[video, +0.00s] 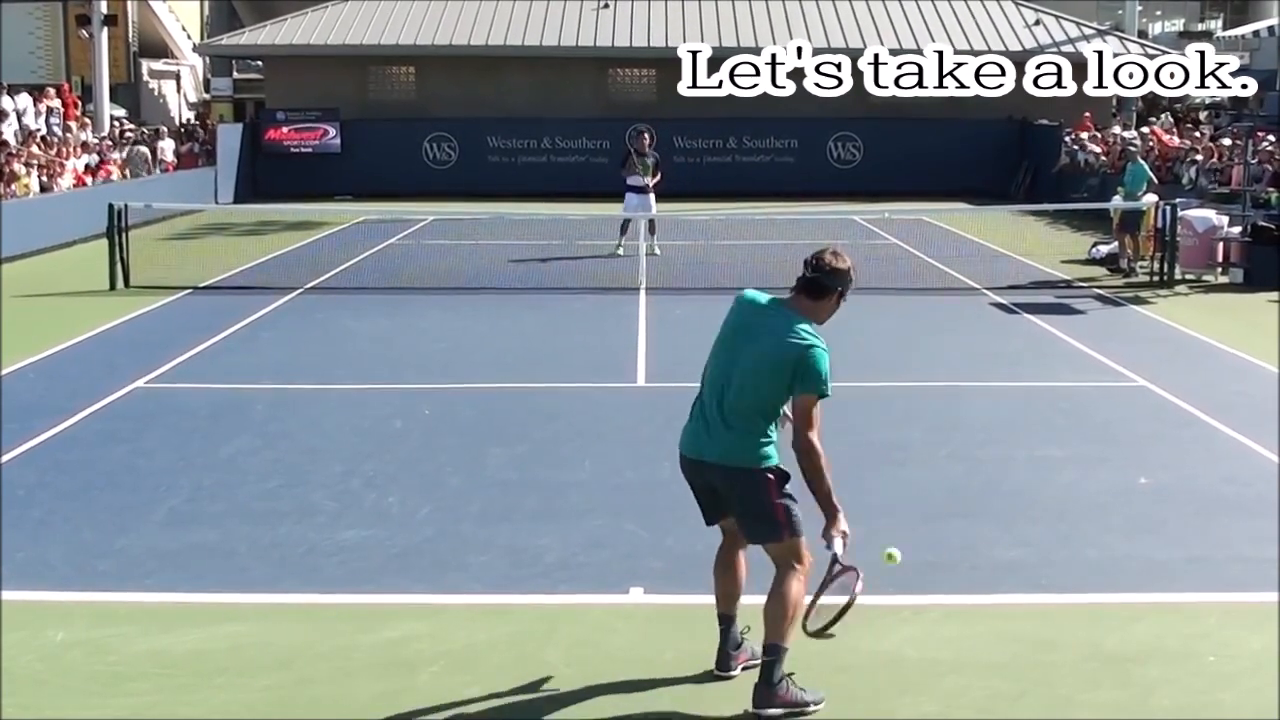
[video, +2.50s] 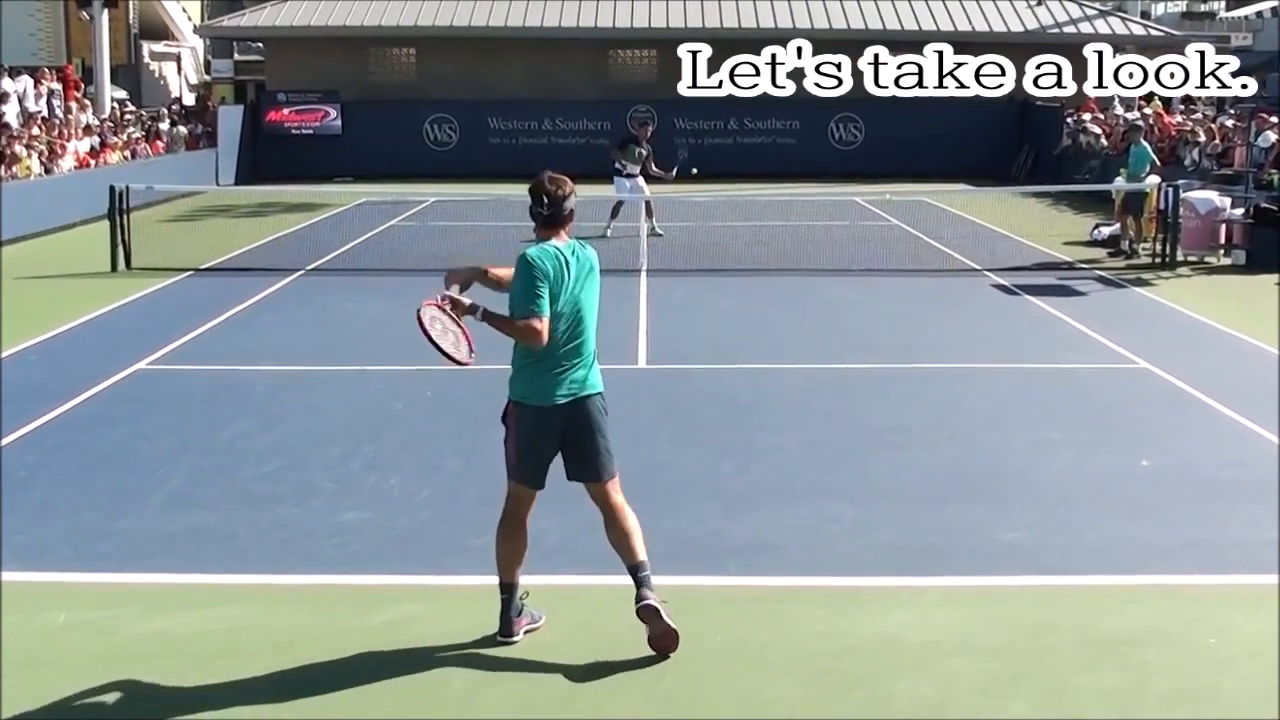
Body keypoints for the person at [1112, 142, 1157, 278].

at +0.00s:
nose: (1127, 154)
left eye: (1130, 151)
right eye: (1127, 151)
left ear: (1136, 152)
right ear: (1127, 153)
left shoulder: (1142, 165)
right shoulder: (1129, 165)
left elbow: (1154, 182)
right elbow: (1128, 183)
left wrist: (1142, 195)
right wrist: (1123, 191)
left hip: (1137, 204)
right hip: (1126, 203)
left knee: (1134, 235)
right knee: (1120, 234)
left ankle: (1134, 266)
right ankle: (1124, 264)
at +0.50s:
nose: (1124, 154)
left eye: (1127, 151)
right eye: (1124, 151)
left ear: (1133, 152)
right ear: (1125, 152)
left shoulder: (1139, 166)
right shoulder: (1126, 166)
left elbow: (1151, 183)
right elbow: (1124, 183)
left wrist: (1139, 194)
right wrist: (1119, 190)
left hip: (1134, 205)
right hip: (1123, 204)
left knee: (1131, 235)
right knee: (1117, 234)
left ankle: (1132, 266)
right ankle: (1118, 264)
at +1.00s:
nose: (1122, 153)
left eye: (1125, 150)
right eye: (1122, 150)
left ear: (1132, 151)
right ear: (1123, 151)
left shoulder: (1138, 165)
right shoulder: (1126, 165)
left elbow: (1148, 181)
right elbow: (1125, 181)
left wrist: (1137, 193)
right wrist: (1119, 189)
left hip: (1134, 205)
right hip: (1123, 203)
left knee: (1131, 234)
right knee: (1117, 232)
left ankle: (1132, 265)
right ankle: (1118, 263)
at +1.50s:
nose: (1122, 148)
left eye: (1125, 146)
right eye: (1122, 146)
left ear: (1132, 147)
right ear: (1123, 147)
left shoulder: (1138, 160)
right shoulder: (1125, 160)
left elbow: (1150, 177)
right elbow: (1127, 178)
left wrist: (1137, 189)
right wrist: (1120, 186)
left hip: (1133, 200)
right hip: (1123, 198)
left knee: (1130, 230)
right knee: (1116, 228)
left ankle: (1130, 260)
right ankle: (1117, 259)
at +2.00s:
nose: (1125, 148)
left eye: (1128, 145)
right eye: (1124, 145)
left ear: (1134, 145)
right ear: (1123, 146)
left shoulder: (1139, 159)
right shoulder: (1125, 159)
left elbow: (1151, 176)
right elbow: (1125, 176)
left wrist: (1138, 188)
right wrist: (1121, 186)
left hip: (1134, 199)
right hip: (1123, 197)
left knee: (1130, 229)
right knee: (1115, 227)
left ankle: (1130, 259)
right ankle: (1116, 258)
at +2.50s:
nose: (1131, 136)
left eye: (1133, 133)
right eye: (1130, 133)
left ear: (1140, 133)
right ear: (1129, 135)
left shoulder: (1144, 147)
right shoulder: (1133, 147)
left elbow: (1157, 164)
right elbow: (1133, 165)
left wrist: (1145, 176)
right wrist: (1127, 172)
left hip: (1140, 187)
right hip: (1130, 186)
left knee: (1137, 218)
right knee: (1122, 215)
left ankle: (1136, 248)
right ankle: (1124, 246)